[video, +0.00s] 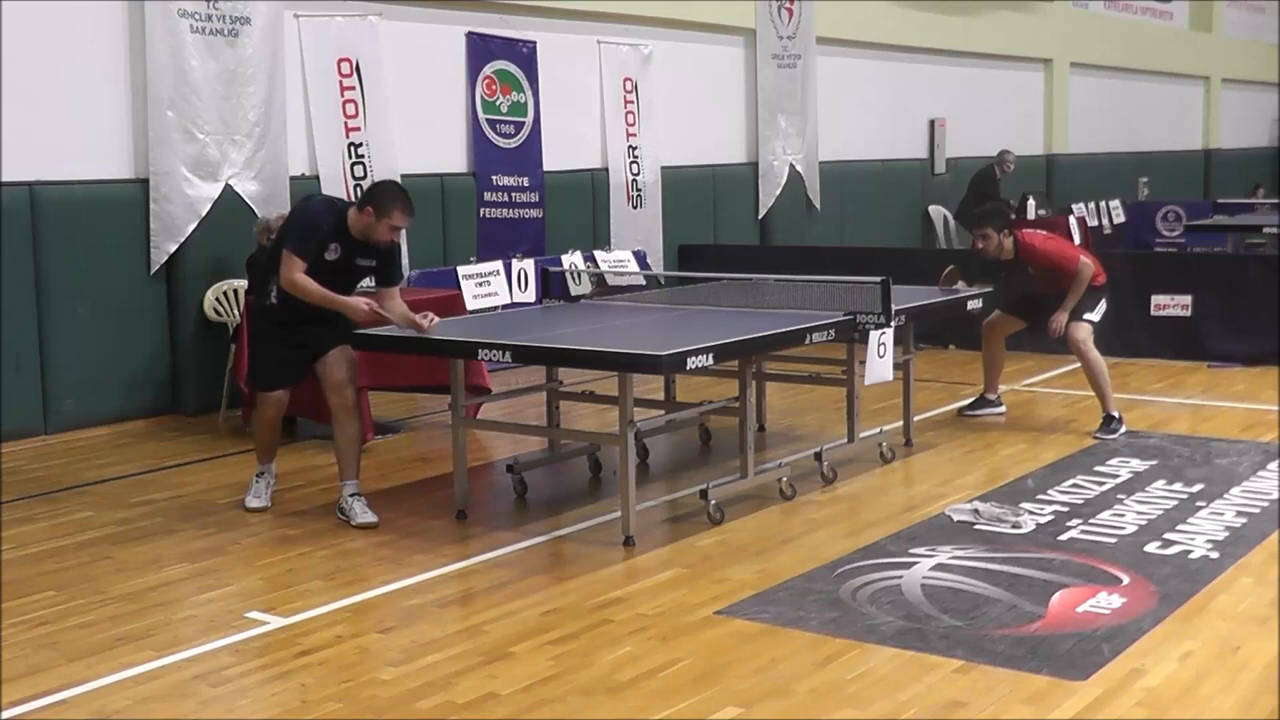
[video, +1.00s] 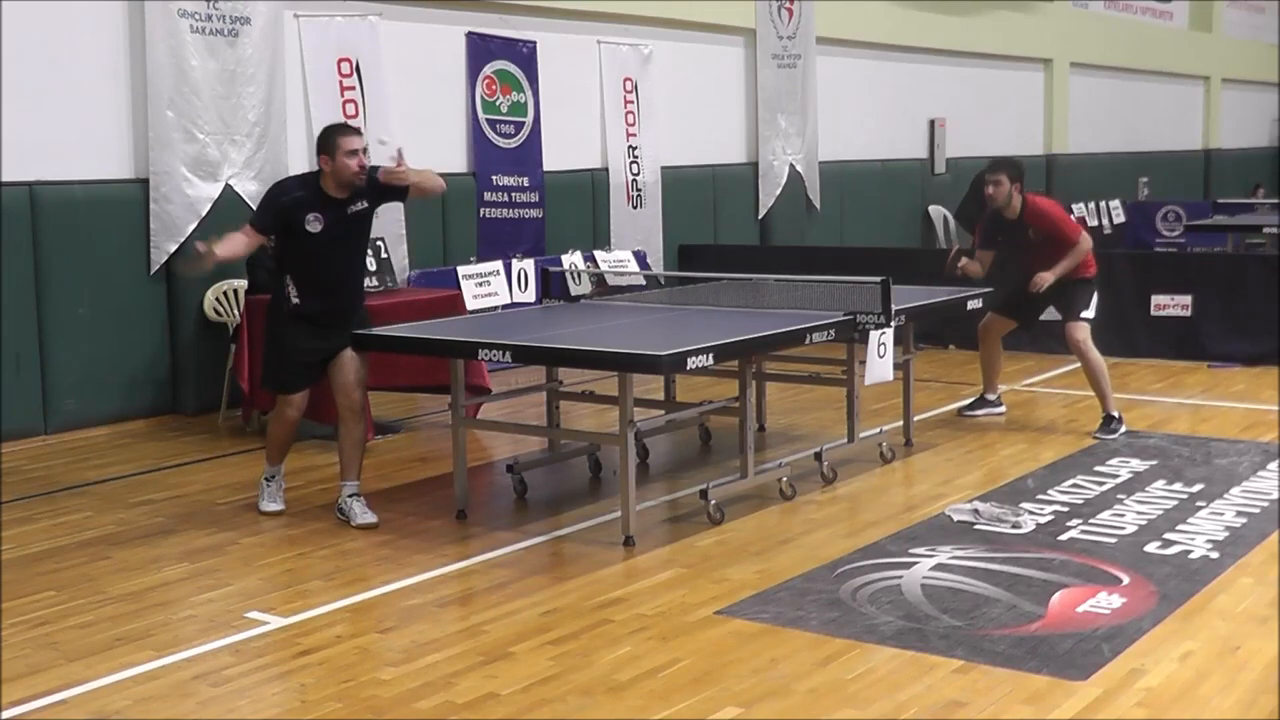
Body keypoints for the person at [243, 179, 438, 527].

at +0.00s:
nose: (396, 237)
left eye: (400, 231)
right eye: (393, 229)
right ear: (368, 214)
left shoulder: (385, 241)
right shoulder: (316, 213)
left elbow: (389, 299)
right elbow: (289, 277)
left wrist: (412, 319)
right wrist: (343, 303)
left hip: (327, 315)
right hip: (277, 310)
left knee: (343, 391)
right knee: (273, 399)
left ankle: (350, 494)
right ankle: (264, 472)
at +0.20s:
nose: (412, 245)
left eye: (416, 238)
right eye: (409, 236)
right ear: (383, 222)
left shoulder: (399, 252)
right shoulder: (332, 216)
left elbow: (393, 310)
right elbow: (307, 282)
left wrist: (426, 320)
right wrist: (362, 302)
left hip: (332, 315)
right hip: (284, 309)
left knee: (348, 390)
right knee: (278, 400)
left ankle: (350, 494)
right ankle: (264, 472)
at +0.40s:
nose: (417, 241)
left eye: (421, 234)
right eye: (414, 232)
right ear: (387, 219)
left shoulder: (404, 249)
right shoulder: (338, 214)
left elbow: (404, 304)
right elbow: (316, 281)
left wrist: (434, 322)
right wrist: (372, 305)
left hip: (336, 316)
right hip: (288, 310)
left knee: (352, 395)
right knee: (283, 400)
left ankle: (349, 495)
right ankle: (265, 471)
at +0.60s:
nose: (414, 227)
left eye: (417, 219)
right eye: (409, 218)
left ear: (387, 209)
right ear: (381, 207)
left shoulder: (401, 236)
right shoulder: (333, 208)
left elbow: (420, 290)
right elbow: (318, 276)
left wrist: (448, 307)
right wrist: (365, 306)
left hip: (339, 314)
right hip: (292, 310)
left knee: (352, 399)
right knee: (293, 406)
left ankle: (349, 495)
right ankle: (271, 464)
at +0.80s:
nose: (397, 194)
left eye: (399, 185)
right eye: (390, 185)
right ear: (360, 182)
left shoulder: (392, 209)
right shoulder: (312, 200)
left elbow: (433, 249)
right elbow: (286, 259)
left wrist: (447, 230)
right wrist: (300, 299)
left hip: (344, 311)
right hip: (297, 306)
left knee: (352, 397)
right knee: (296, 405)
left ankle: (350, 494)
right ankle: (274, 474)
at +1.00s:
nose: (361, 162)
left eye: (363, 153)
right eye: (352, 155)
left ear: (366, 156)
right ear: (326, 160)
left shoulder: (372, 186)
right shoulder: (289, 194)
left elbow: (438, 186)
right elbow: (249, 236)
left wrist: (411, 178)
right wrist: (217, 251)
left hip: (345, 315)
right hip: (296, 318)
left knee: (354, 400)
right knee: (292, 407)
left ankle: (350, 494)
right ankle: (273, 477)